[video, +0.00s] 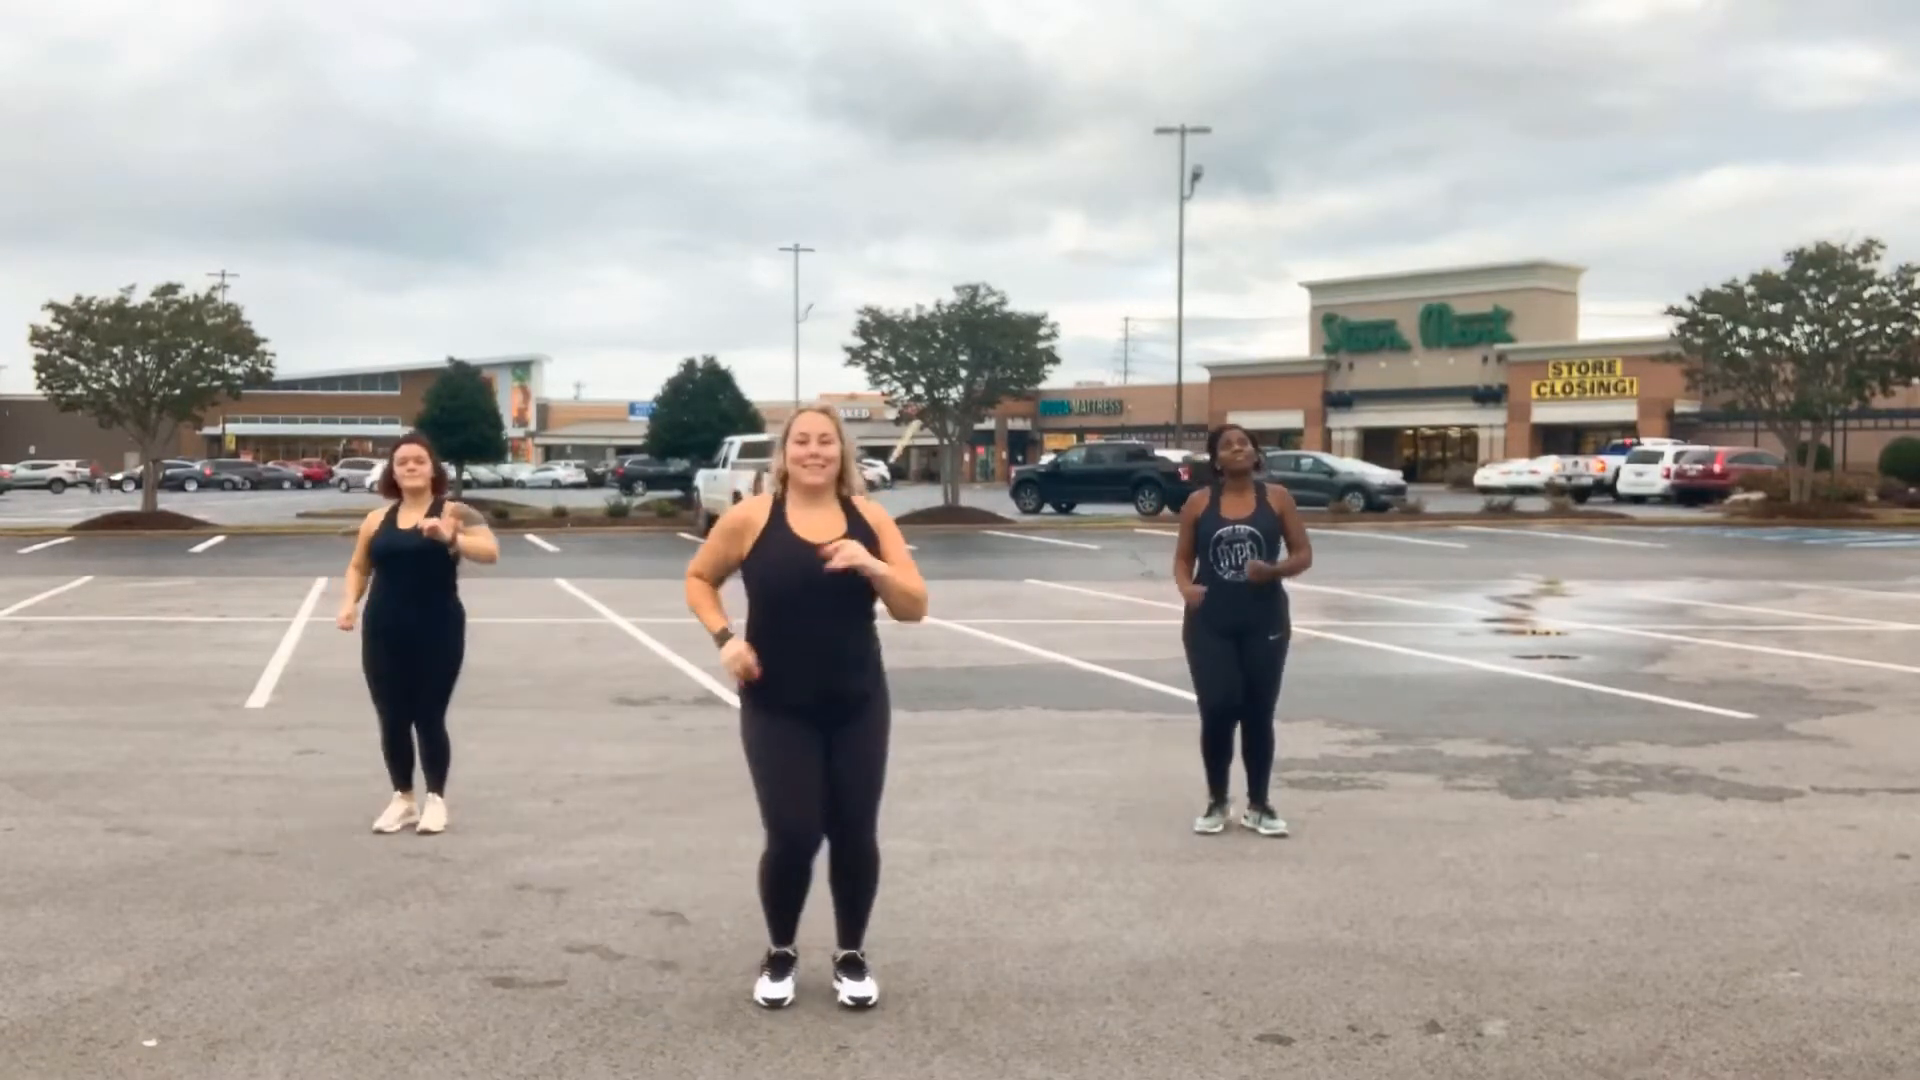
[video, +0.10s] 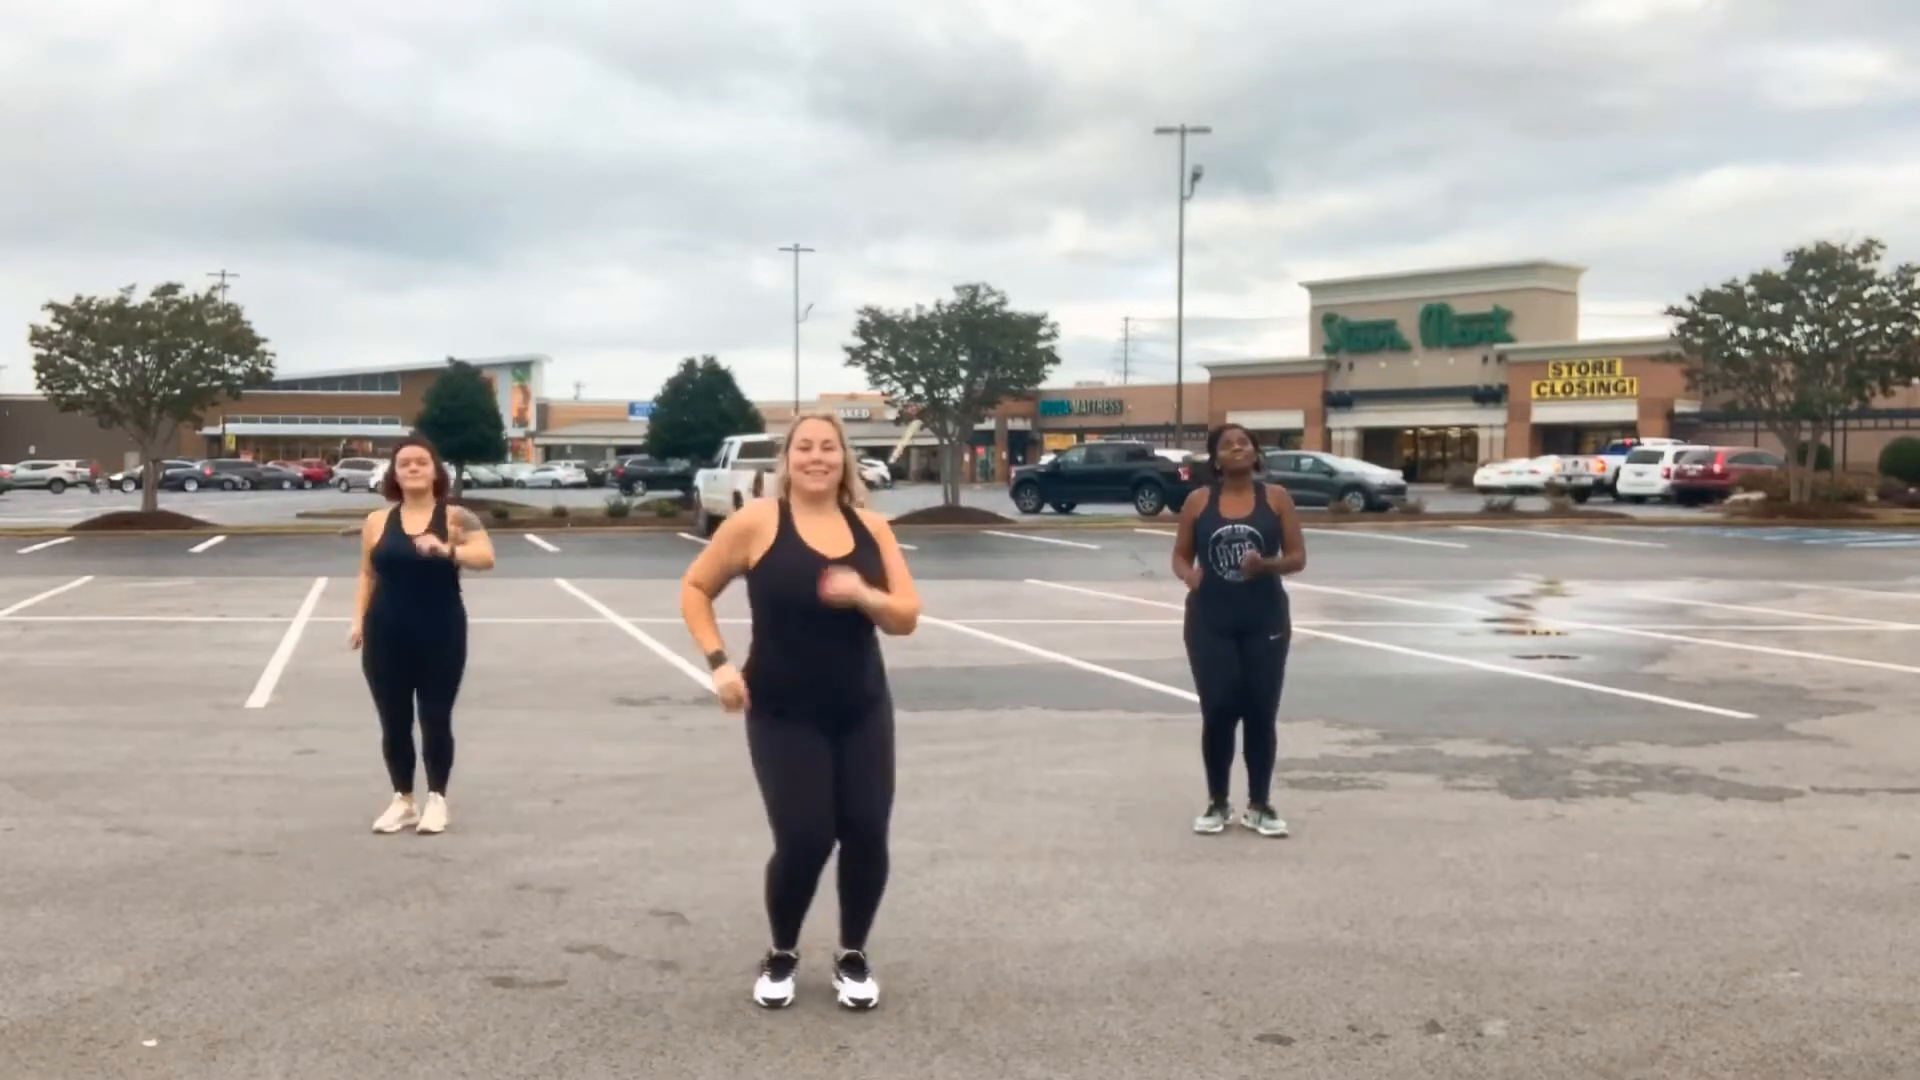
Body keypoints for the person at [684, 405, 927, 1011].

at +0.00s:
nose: (814, 450)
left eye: (826, 440)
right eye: (801, 440)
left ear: (843, 452)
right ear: (783, 453)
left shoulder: (869, 519)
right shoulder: (749, 519)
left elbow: (914, 607)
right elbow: (699, 579)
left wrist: (875, 569)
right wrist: (727, 638)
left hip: (857, 704)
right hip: (776, 704)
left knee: (855, 835)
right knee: (794, 837)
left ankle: (851, 956)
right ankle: (780, 956)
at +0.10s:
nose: (817, 457)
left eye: (827, 448)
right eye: (805, 448)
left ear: (844, 460)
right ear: (786, 460)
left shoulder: (871, 529)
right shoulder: (754, 523)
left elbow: (907, 617)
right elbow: (694, 589)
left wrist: (865, 594)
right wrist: (719, 661)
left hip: (862, 711)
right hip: (782, 712)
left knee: (866, 835)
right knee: (806, 838)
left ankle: (853, 957)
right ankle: (782, 957)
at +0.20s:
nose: (818, 457)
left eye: (829, 448)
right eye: (806, 448)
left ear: (846, 459)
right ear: (787, 460)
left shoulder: (876, 526)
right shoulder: (760, 529)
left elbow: (906, 608)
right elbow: (708, 614)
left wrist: (880, 674)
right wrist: (727, 699)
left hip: (862, 706)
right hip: (783, 710)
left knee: (889, 827)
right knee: (794, 842)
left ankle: (859, 952)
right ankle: (779, 957)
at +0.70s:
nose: (872, 452)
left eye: (884, 443)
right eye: (861, 443)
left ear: (902, 453)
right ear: (844, 453)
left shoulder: (931, 520)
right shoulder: (815, 523)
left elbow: (1000, 584)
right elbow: (774, 605)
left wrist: (964, 619)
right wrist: (811, 648)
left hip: (923, 699)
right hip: (837, 702)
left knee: (950, 824)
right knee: (808, 831)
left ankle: (981, 941)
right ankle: (775, 941)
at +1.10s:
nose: (825, 440)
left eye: (837, 431)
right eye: (814, 430)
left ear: (854, 445)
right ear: (796, 445)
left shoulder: (882, 512)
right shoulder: (765, 511)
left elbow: (924, 588)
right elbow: (708, 586)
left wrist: (896, 650)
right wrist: (758, 607)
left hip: (859, 694)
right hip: (776, 695)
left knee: (885, 817)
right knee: (775, 826)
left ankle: (882, 931)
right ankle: (771, 949)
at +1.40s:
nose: (807, 457)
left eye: (819, 448)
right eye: (797, 447)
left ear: (837, 460)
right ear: (778, 458)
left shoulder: (862, 524)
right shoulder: (745, 521)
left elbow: (937, 573)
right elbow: (705, 596)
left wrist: (896, 620)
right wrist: (784, 591)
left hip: (850, 704)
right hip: (769, 706)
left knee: (849, 835)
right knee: (787, 830)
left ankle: (833, 950)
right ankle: (774, 948)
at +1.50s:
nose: (805, 456)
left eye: (816, 447)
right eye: (794, 446)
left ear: (833, 459)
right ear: (775, 458)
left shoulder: (855, 526)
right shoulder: (740, 521)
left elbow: (897, 612)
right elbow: (711, 611)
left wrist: (863, 644)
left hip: (847, 702)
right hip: (766, 701)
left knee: (851, 834)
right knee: (769, 821)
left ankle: (833, 948)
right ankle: (763, 933)